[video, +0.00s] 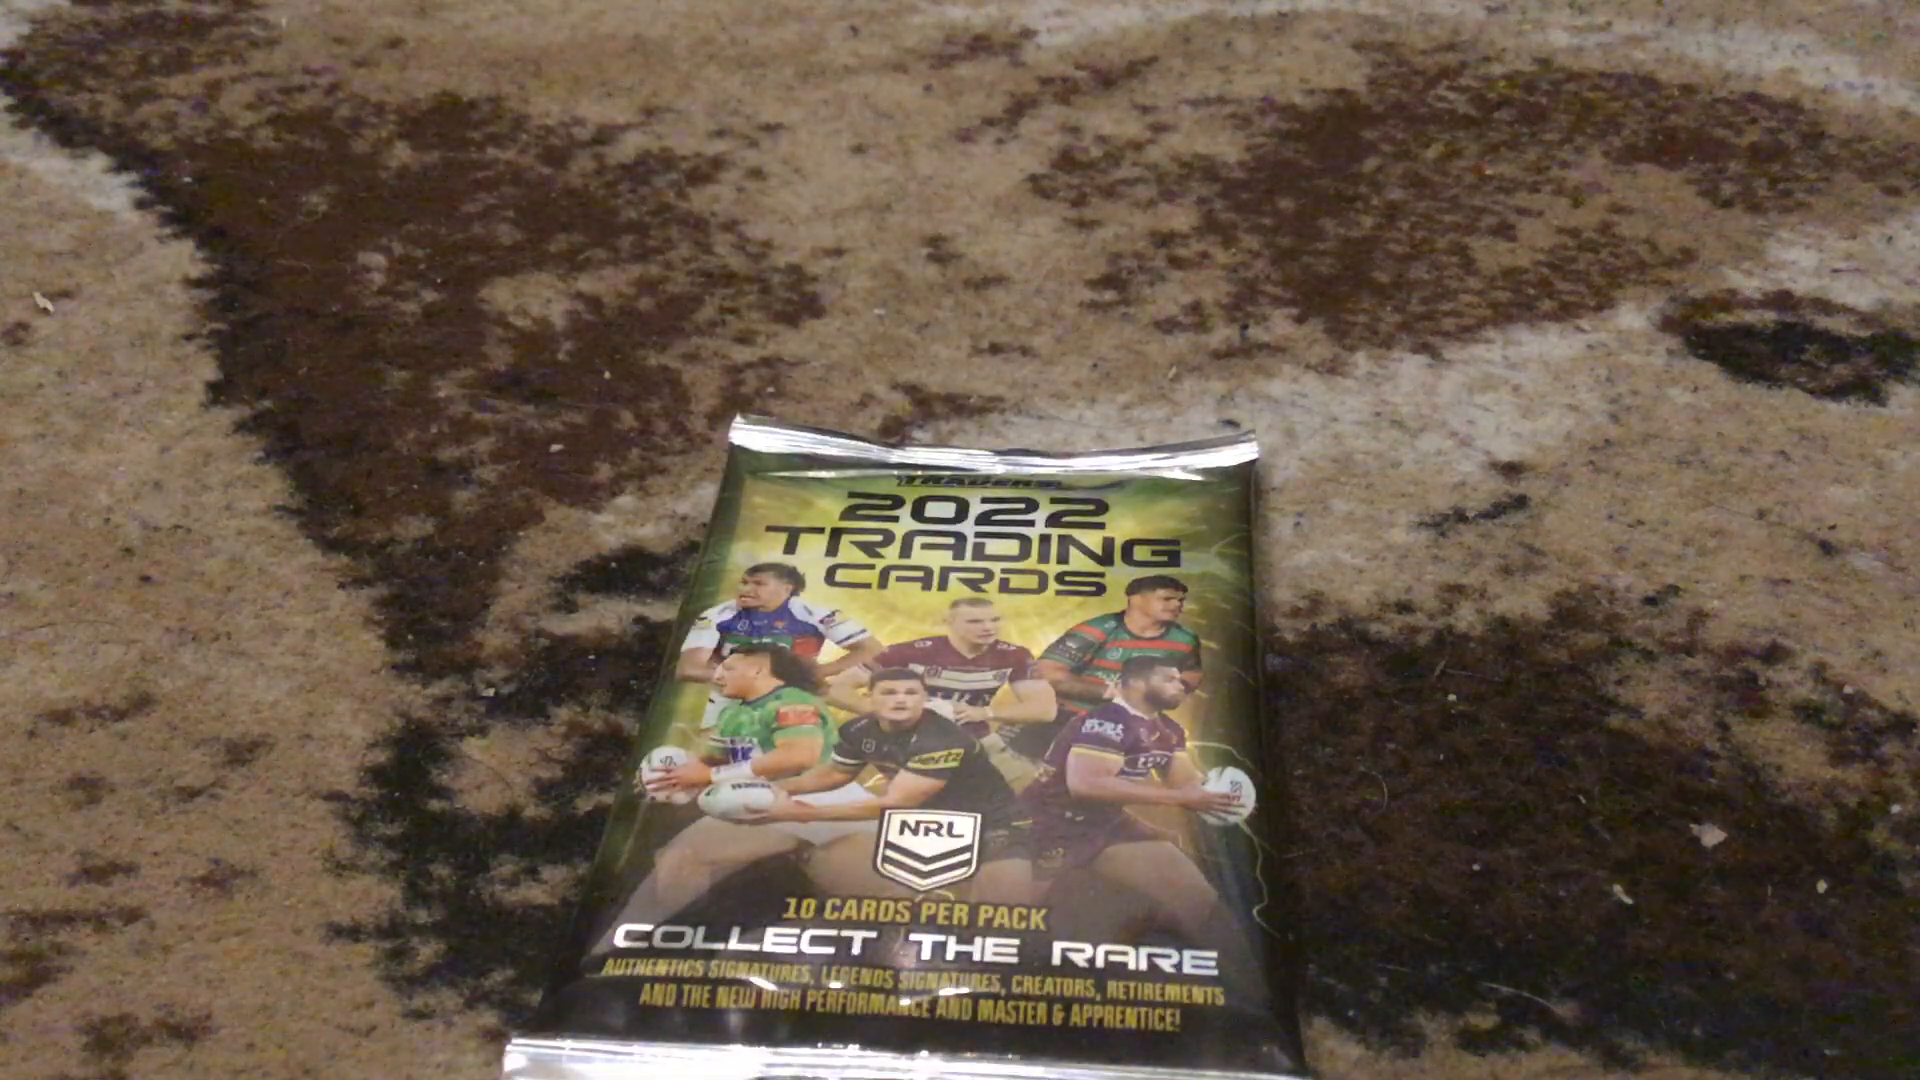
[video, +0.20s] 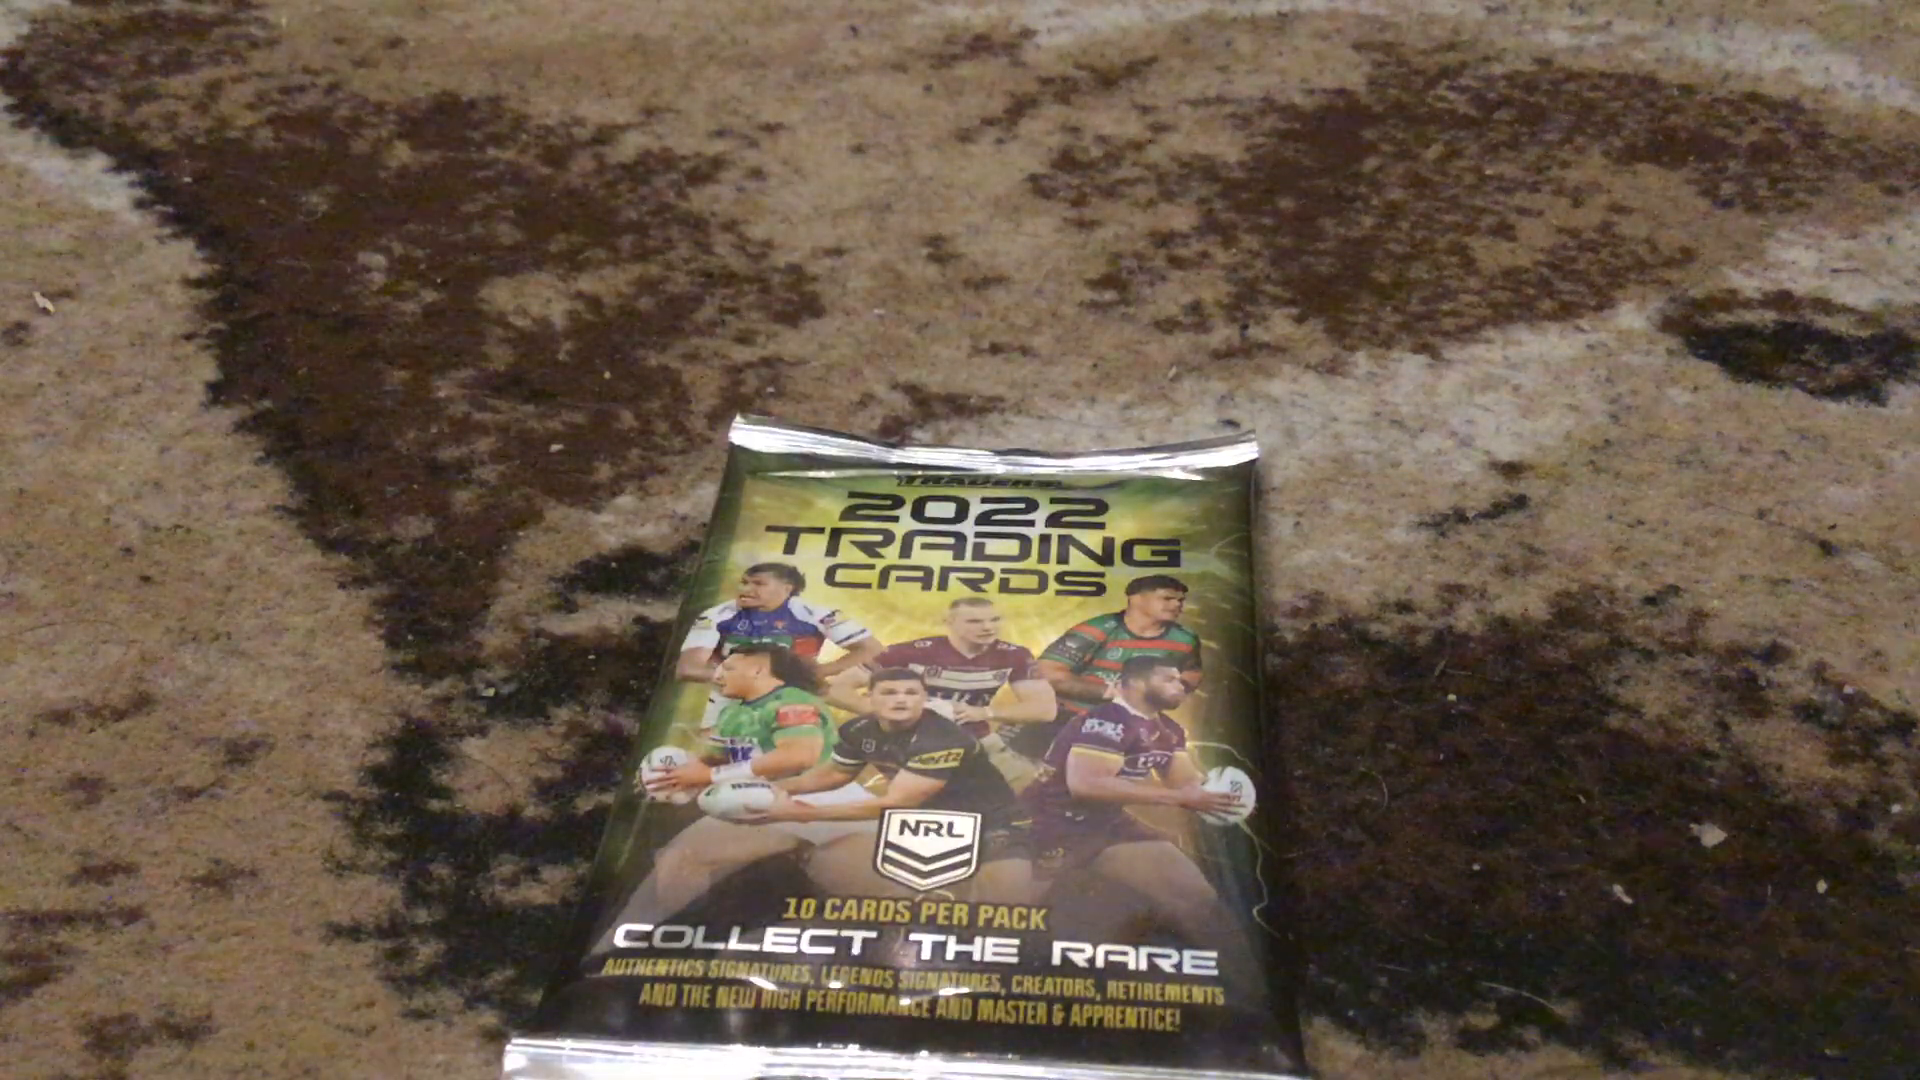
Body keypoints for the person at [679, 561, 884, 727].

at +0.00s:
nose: (748, 590)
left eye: (759, 584)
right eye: (746, 583)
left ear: (788, 588)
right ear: (741, 584)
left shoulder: (809, 614)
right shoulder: (719, 616)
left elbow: (871, 648)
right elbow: (687, 669)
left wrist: (820, 671)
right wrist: (740, 673)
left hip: (787, 721)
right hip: (724, 719)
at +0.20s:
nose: (748, 590)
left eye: (759, 584)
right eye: (746, 583)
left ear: (787, 589)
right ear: (741, 584)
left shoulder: (808, 614)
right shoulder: (720, 616)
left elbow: (871, 648)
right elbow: (686, 668)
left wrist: (819, 671)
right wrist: (737, 673)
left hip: (787, 715)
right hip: (727, 714)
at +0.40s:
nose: (748, 590)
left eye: (759, 584)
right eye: (746, 583)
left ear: (787, 589)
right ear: (740, 584)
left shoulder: (807, 613)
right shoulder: (720, 615)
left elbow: (871, 648)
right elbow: (686, 668)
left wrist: (819, 671)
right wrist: (737, 673)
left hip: (786, 717)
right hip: (725, 715)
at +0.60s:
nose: (748, 590)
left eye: (759, 584)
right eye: (746, 583)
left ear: (788, 588)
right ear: (741, 584)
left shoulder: (809, 614)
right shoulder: (720, 615)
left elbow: (872, 649)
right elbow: (687, 668)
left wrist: (818, 672)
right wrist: (739, 673)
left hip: (787, 718)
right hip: (725, 716)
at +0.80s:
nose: (748, 590)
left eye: (759, 583)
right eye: (746, 583)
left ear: (787, 588)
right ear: (740, 584)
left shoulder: (807, 613)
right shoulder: (721, 615)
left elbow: (871, 648)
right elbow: (686, 667)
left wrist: (819, 671)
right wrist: (738, 673)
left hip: (788, 715)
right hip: (726, 714)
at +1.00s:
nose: (748, 590)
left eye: (759, 583)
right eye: (746, 583)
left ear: (788, 588)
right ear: (740, 584)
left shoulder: (808, 613)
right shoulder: (720, 615)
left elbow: (871, 649)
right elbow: (686, 667)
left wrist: (818, 671)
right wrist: (739, 673)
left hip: (789, 715)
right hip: (726, 715)